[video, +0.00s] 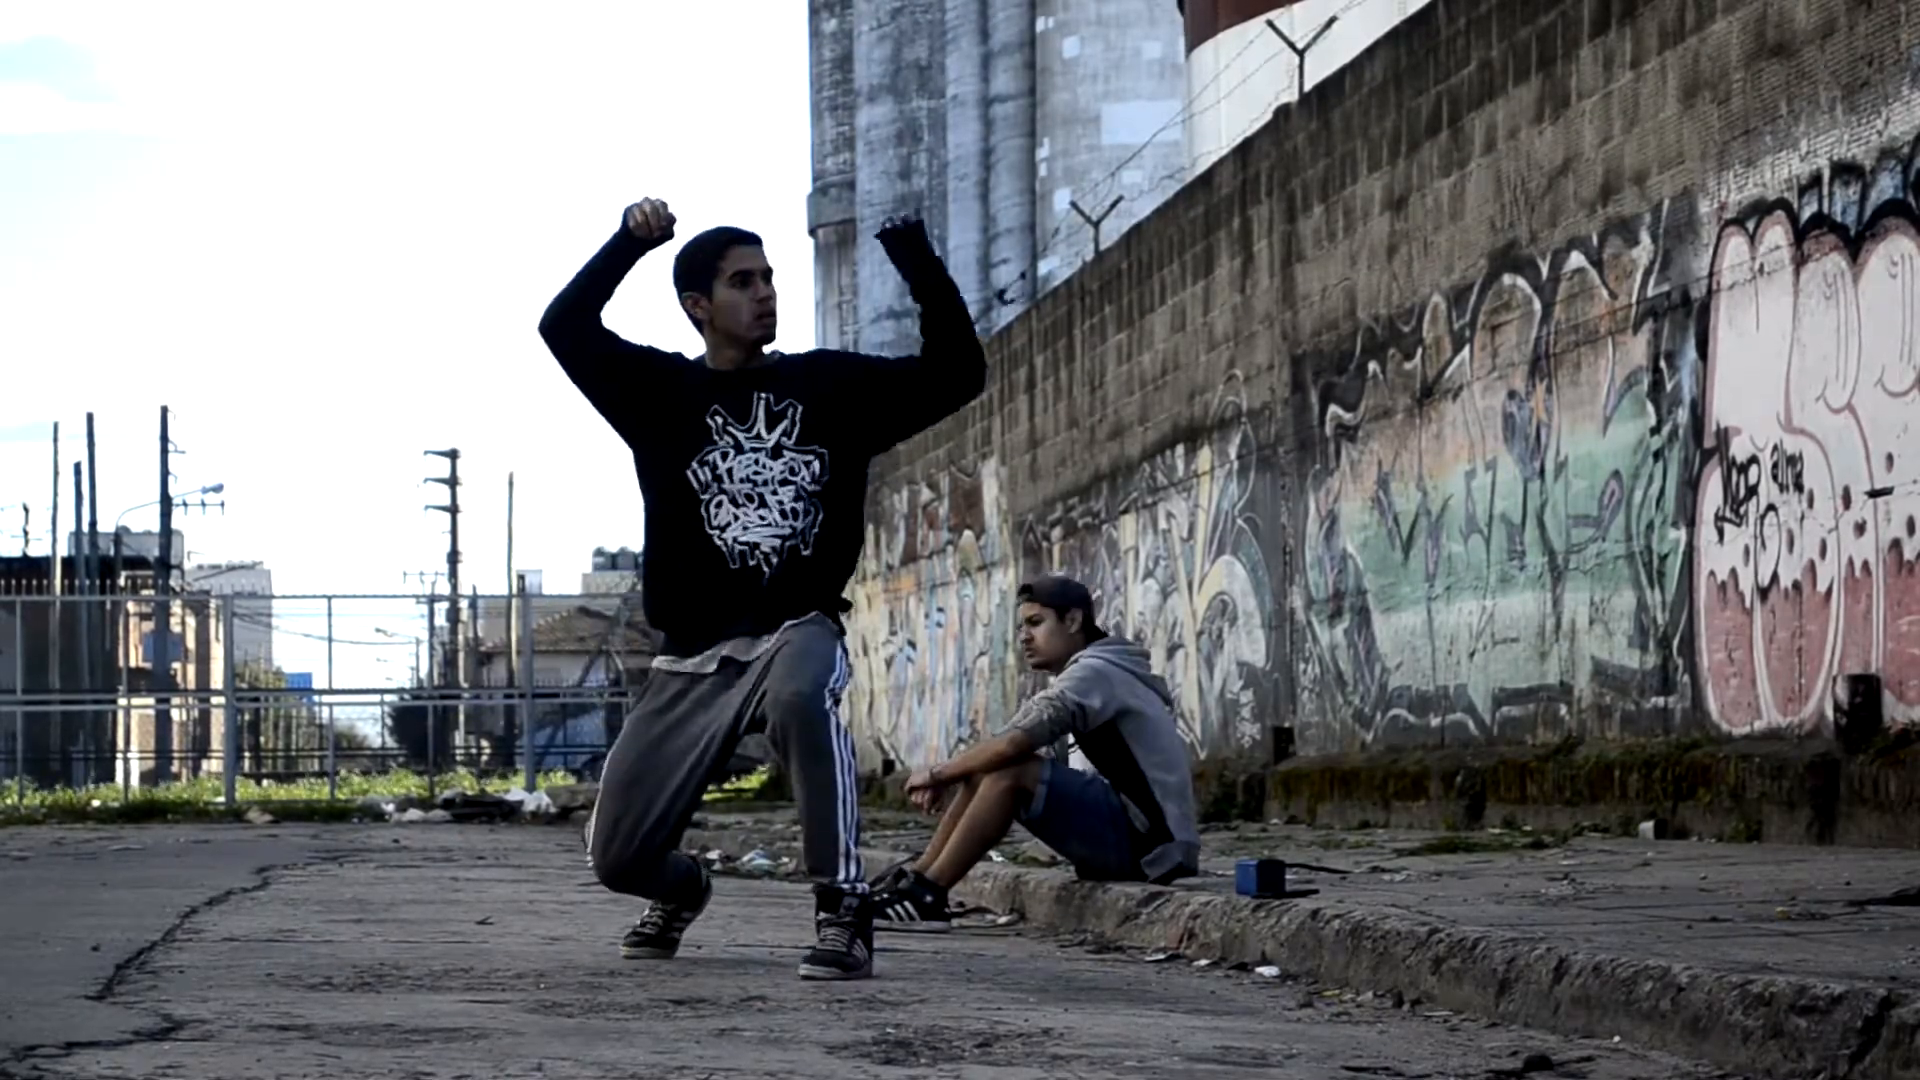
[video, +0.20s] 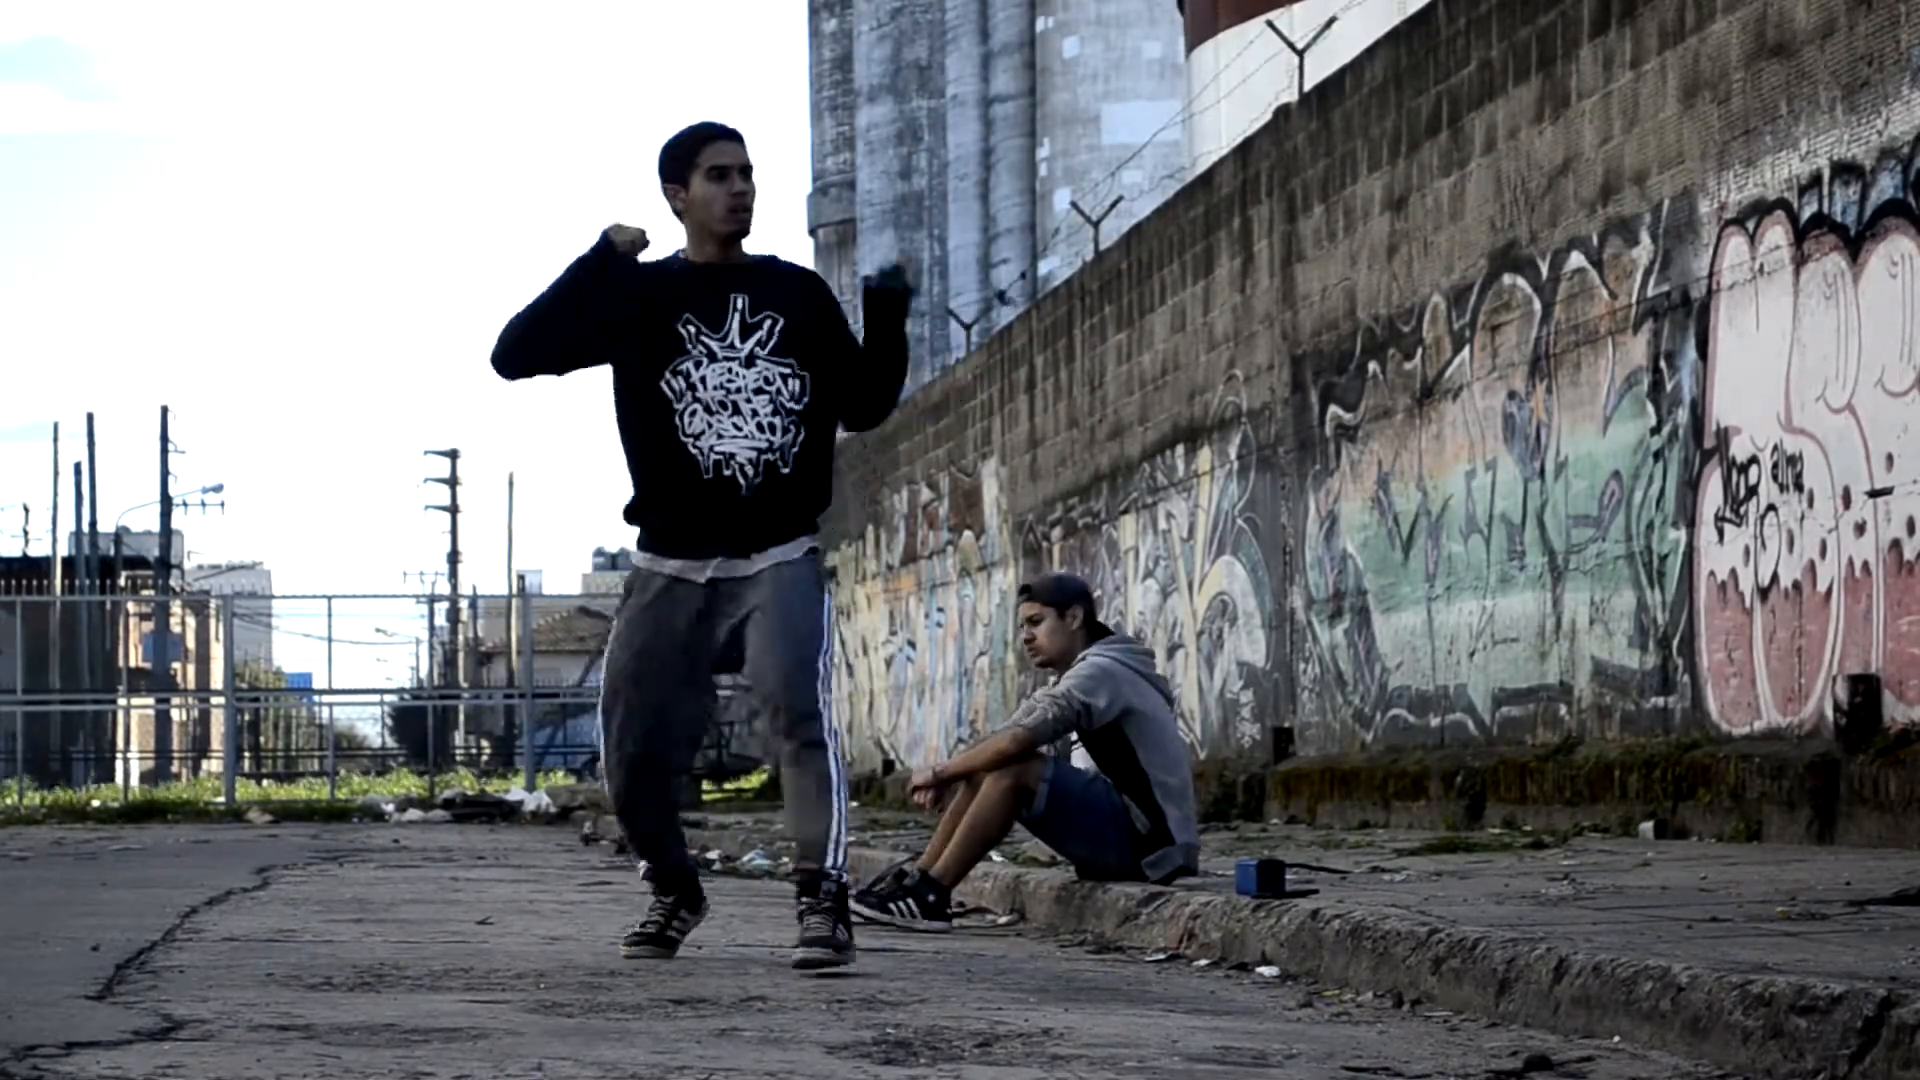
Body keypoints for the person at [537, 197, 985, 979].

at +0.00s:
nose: (766, 294)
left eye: (769, 279)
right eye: (744, 282)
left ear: (776, 292)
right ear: (698, 305)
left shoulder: (831, 384)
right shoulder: (658, 390)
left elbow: (957, 374)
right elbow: (566, 327)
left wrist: (920, 267)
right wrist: (629, 244)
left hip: (796, 628)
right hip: (689, 657)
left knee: (800, 697)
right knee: (618, 858)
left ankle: (841, 911)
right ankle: (684, 886)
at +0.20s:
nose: (743, 187)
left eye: (746, 174)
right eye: (723, 176)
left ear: (753, 188)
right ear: (678, 193)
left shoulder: (798, 292)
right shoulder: (635, 294)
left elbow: (864, 407)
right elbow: (515, 357)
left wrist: (887, 315)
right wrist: (601, 263)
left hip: (780, 553)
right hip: (671, 559)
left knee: (796, 715)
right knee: (629, 750)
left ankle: (822, 898)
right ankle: (677, 890)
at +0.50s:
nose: (700, 172)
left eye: (711, 157)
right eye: (682, 158)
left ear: (724, 170)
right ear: (647, 170)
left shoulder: (766, 278)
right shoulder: (606, 283)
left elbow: (809, 407)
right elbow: (562, 416)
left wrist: (845, 515)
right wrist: (595, 513)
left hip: (746, 546)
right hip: (638, 549)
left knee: (785, 700)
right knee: (632, 723)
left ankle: (727, 865)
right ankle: (631, 891)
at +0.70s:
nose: (687, 217)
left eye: (697, 203)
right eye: (669, 203)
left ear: (710, 214)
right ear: (634, 214)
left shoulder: (754, 310)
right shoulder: (598, 313)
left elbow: (824, 371)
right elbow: (553, 380)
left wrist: (855, 390)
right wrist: (601, 373)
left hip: (744, 571)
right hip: (636, 573)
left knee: (756, 743)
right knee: (638, 743)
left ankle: (762, 900)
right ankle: (639, 904)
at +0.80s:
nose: (690, 181)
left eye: (703, 166)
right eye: (673, 166)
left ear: (717, 174)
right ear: (641, 177)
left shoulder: (760, 270)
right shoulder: (603, 279)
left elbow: (826, 359)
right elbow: (552, 390)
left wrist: (816, 410)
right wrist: (603, 452)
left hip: (749, 530)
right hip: (645, 532)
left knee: (766, 709)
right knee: (649, 697)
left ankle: (718, 855)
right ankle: (655, 875)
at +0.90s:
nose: (694, 181)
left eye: (707, 167)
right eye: (677, 168)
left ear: (722, 177)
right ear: (647, 179)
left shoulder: (766, 274)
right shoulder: (606, 285)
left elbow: (813, 389)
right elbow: (534, 400)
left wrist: (767, 477)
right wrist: (549, 492)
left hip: (752, 526)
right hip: (647, 525)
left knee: (750, 706)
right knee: (662, 692)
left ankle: (699, 834)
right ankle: (686, 872)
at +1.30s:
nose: (728, 205)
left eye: (737, 193)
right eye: (709, 195)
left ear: (750, 213)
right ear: (673, 218)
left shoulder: (791, 324)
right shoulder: (631, 325)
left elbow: (802, 445)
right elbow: (612, 458)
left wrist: (802, 544)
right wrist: (702, 496)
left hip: (774, 563)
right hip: (672, 559)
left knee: (783, 730)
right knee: (686, 729)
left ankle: (735, 743)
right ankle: (702, 895)